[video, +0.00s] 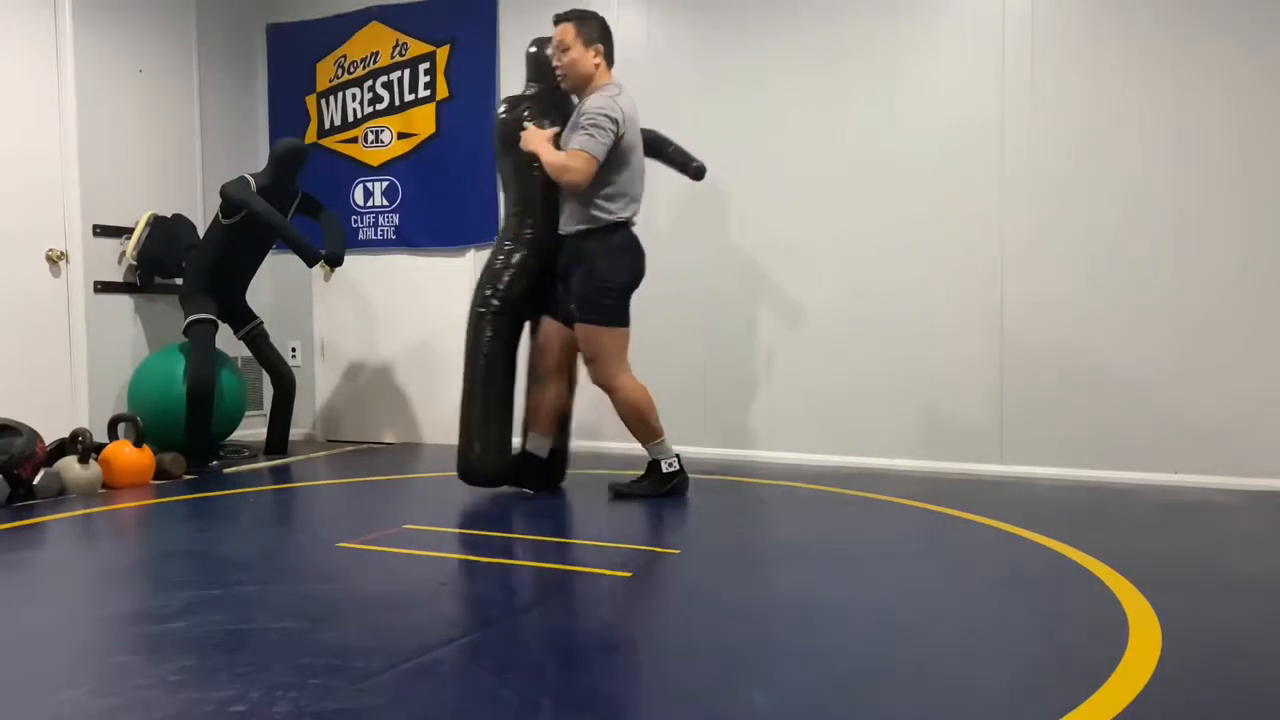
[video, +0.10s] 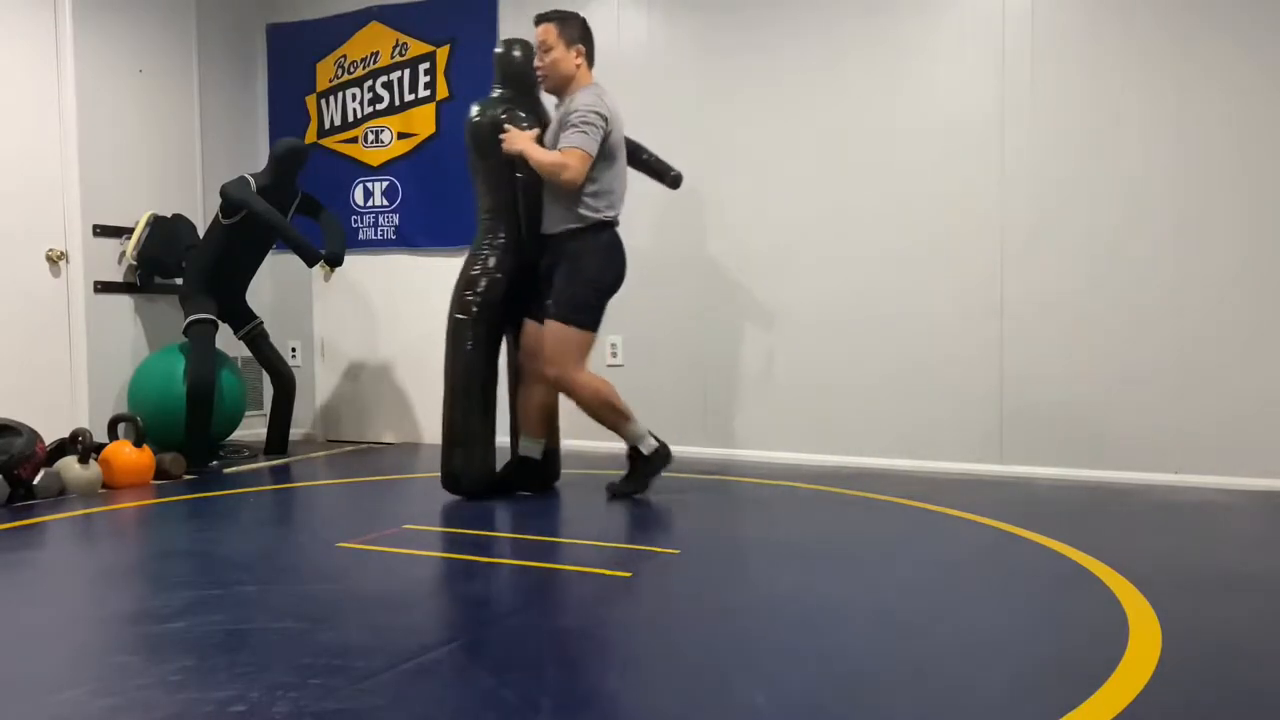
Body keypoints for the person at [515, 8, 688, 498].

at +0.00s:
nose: (555, 61)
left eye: (563, 50)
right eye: (554, 52)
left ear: (596, 53)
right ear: (591, 56)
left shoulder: (602, 105)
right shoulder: (602, 102)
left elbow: (576, 173)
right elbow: (579, 164)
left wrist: (542, 148)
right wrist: (553, 143)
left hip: (603, 248)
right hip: (580, 248)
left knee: (610, 372)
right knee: (549, 360)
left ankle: (667, 465)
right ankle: (535, 464)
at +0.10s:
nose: (537, 62)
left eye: (545, 51)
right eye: (536, 53)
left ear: (577, 53)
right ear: (567, 57)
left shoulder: (588, 104)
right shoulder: (569, 106)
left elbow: (571, 170)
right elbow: (560, 162)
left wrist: (527, 148)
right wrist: (531, 145)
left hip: (588, 247)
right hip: (559, 247)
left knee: (560, 367)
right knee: (532, 358)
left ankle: (647, 447)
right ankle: (532, 466)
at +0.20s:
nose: (518, 58)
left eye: (526, 46)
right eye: (516, 49)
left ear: (559, 49)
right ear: (553, 53)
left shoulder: (579, 101)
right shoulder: (548, 107)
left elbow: (567, 171)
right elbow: (544, 162)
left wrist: (515, 148)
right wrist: (502, 144)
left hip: (575, 243)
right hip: (545, 243)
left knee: (523, 354)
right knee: (520, 356)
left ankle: (606, 436)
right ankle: (529, 463)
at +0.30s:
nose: (502, 54)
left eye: (511, 43)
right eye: (501, 45)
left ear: (544, 46)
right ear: (531, 50)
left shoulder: (566, 96)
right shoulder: (527, 104)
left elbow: (557, 167)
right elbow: (521, 162)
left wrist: (503, 143)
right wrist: (478, 137)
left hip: (563, 240)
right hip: (533, 241)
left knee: (505, 343)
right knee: (521, 358)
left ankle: (547, 463)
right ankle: (525, 463)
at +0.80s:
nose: (438, 30)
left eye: (447, 17)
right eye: (437, 18)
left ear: (483, 24)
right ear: (476, 26)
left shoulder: (500, 86)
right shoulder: (475, 83)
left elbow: (487, 168)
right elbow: (466, 146)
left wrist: (433, 137)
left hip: (504, 236)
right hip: (480, 233)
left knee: (461, 358)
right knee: (441, 341)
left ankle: (474, 492)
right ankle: (495, 445)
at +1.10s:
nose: (409, 23)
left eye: (420, 12)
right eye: (408, 13)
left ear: (456, 18)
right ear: (444, 21)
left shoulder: (467, 79)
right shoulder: (446, 74)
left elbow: (452, 160)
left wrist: (403, 130)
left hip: (484, 236)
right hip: (455, 233)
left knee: (443, 361)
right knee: (415, 347)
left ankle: (470, 492)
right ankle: (416, 471)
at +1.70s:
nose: (377, 34)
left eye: (385, 21)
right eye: (377, 22)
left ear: (420, 25)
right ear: (414, 27)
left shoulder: (452, 83)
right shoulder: (421, 83)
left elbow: (452, 171)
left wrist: (389, 151)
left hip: (479, 239)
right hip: (455, 238)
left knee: (434, 362)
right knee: (413, 348)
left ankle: (463, 491)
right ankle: (424, 468)